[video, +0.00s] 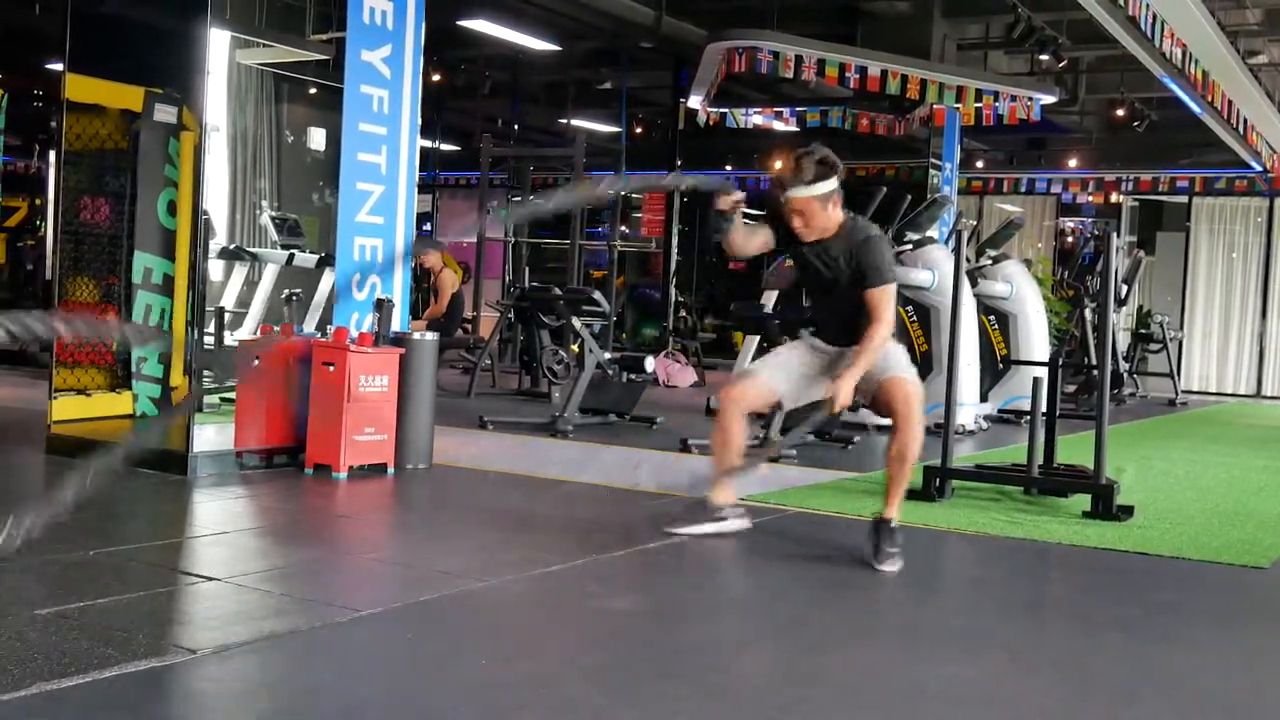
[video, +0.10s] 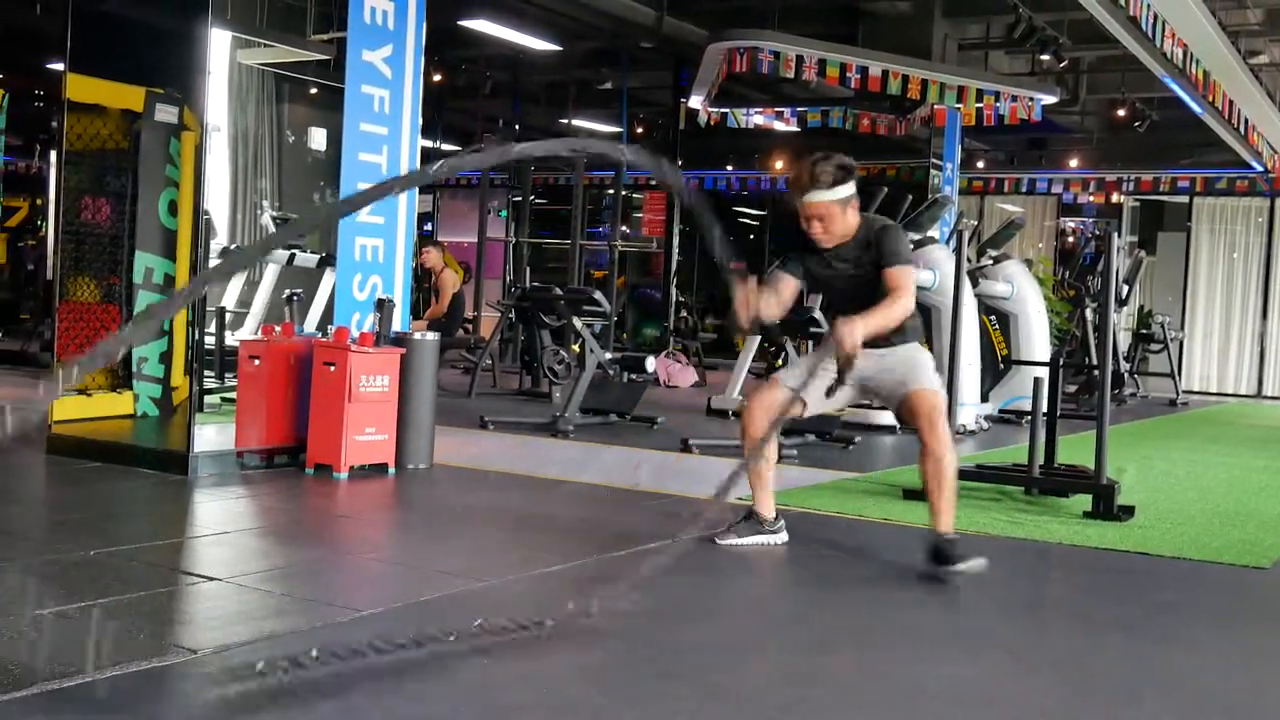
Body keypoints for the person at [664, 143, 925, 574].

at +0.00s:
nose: (794, 223)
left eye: (802, 215)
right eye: (791, 214)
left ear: (834, 206)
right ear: (788, 208)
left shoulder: (868, 242)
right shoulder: (792, 229)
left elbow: (883, 323)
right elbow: (742, 245)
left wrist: (850, 376)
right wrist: (731, 218)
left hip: (873, 350)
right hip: (816, 348)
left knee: (908, 399)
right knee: (735, 396)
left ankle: (889, 520)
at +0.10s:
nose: (811, 229)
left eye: (820, 219)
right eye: (806, 219)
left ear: (852, 209)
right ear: (800, 212)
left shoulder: (885, 235)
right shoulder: (804, 250)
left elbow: (903, 300)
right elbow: (775, 303)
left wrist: (858, 326)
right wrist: (752, 297)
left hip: (898, 353)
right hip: (835, 354)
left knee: (933, 415)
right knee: (758, 408)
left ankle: (944, 539)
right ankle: (766, 519)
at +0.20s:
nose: (854, 235)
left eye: (863, 225)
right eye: (847, 225)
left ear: (896, 218)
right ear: (841, 222)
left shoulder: (926, 241)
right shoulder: (842, 258)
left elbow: (918, 292)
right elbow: (820, 330)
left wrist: (863, 271)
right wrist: (811, 392)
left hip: (926, 370)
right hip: (864, 369)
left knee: (958, 418)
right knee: (776, 412)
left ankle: (977, 547)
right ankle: (766, 519)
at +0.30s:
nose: (898, 219)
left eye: (910, 209)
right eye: (894, 208)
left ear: (944, 208)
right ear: (888, 206)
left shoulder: (973, 250)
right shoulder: (884, 252)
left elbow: (967, 321)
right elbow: (852, 317)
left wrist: (895, 320)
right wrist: (843, 373)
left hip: (968, 371)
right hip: (901, 371)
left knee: (1003, 429)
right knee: (824, 414)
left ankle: (990, 558)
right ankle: (776, 516)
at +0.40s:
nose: (925, 208)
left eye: (936, 197)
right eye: (921, 197)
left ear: (972, 189)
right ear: (916, 193)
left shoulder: (1001, 237)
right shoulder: (920, 225)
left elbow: (1010, 324)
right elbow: (875, 252)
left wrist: (964, 385)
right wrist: (841, 261)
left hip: (1005, 362)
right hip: (947, 361)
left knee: (1039, 416)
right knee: (853, 411)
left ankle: (1014, 552)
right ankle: (849, 533)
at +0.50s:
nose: (939, 219)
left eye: (949, 208)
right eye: (935, 208)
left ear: (985, 196)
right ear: (928, 202)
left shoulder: (1012, 240)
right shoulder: (936, 223)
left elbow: (1041, 328)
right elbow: (887, 236)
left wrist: (1020, 405)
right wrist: (869, 208)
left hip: (1035, 370)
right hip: (977, 373)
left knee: (1076, 421)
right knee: (880, 419)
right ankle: (891, 544)